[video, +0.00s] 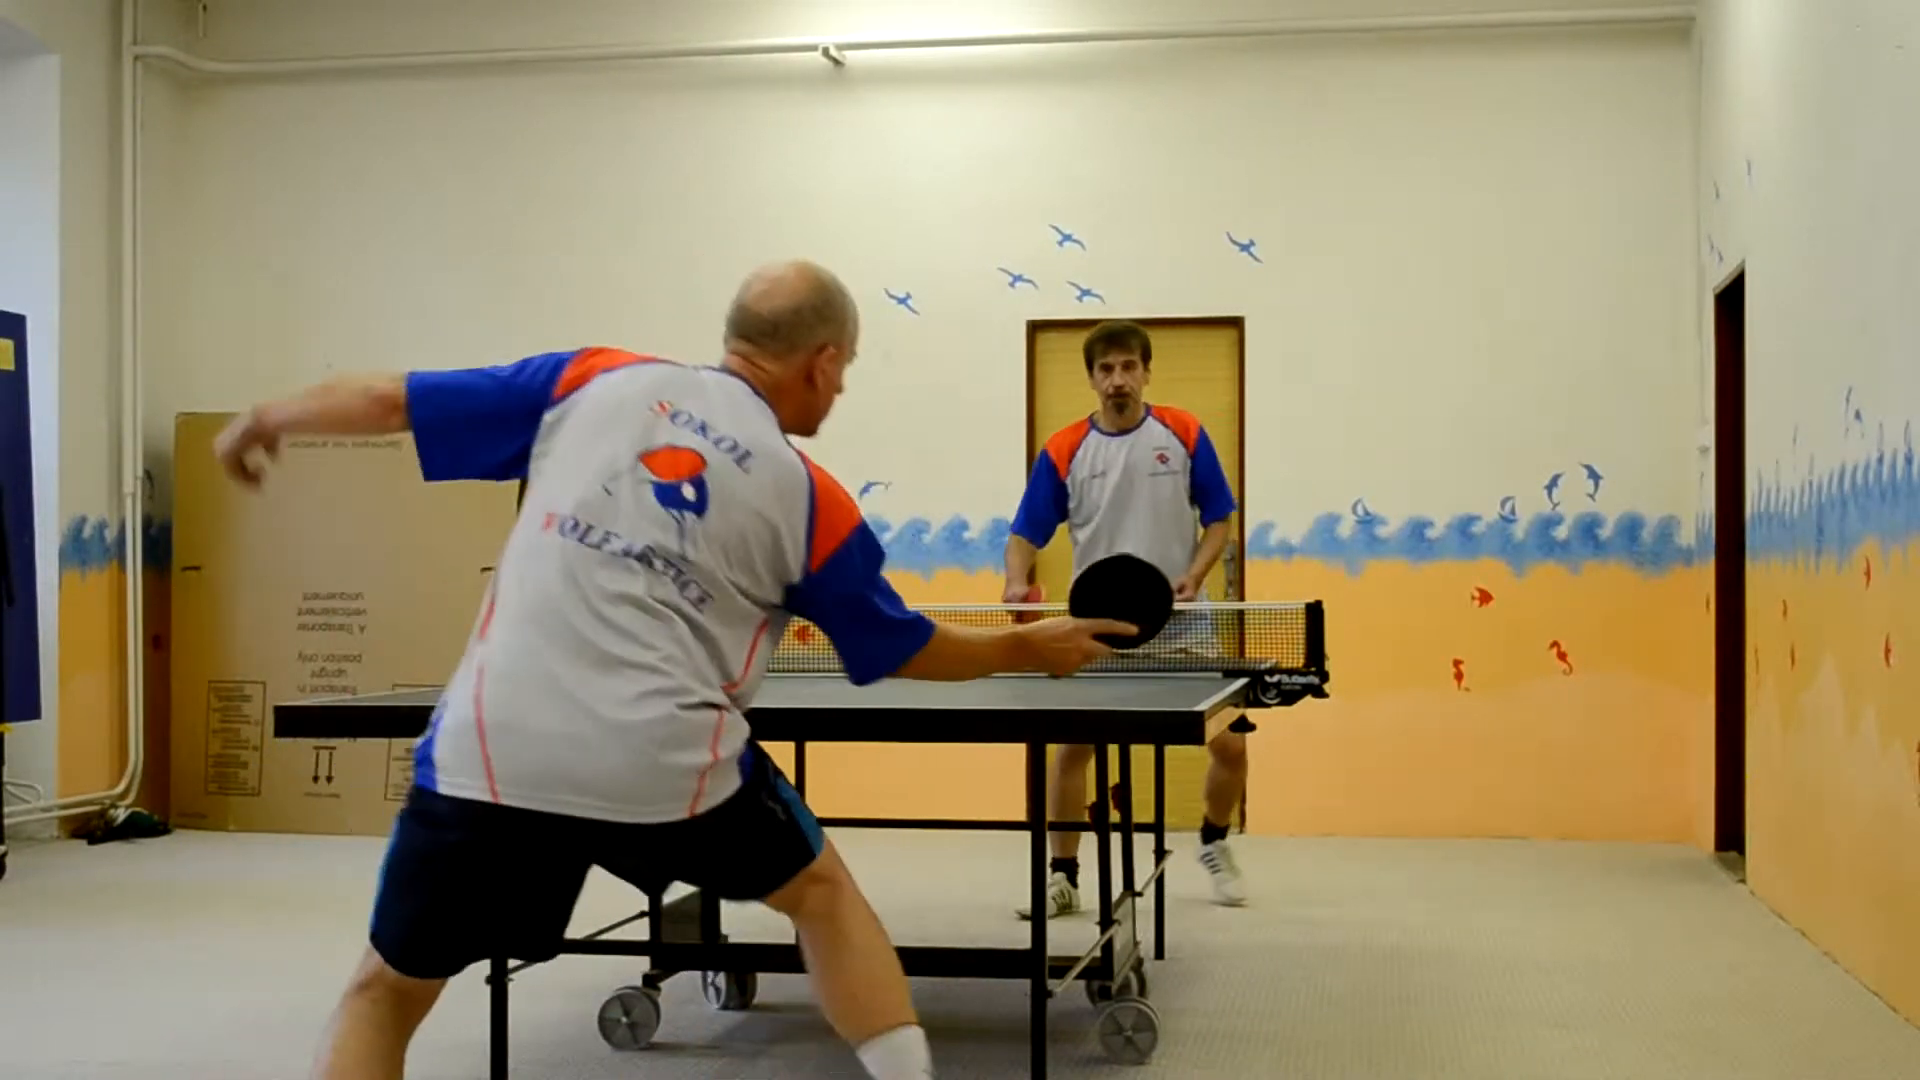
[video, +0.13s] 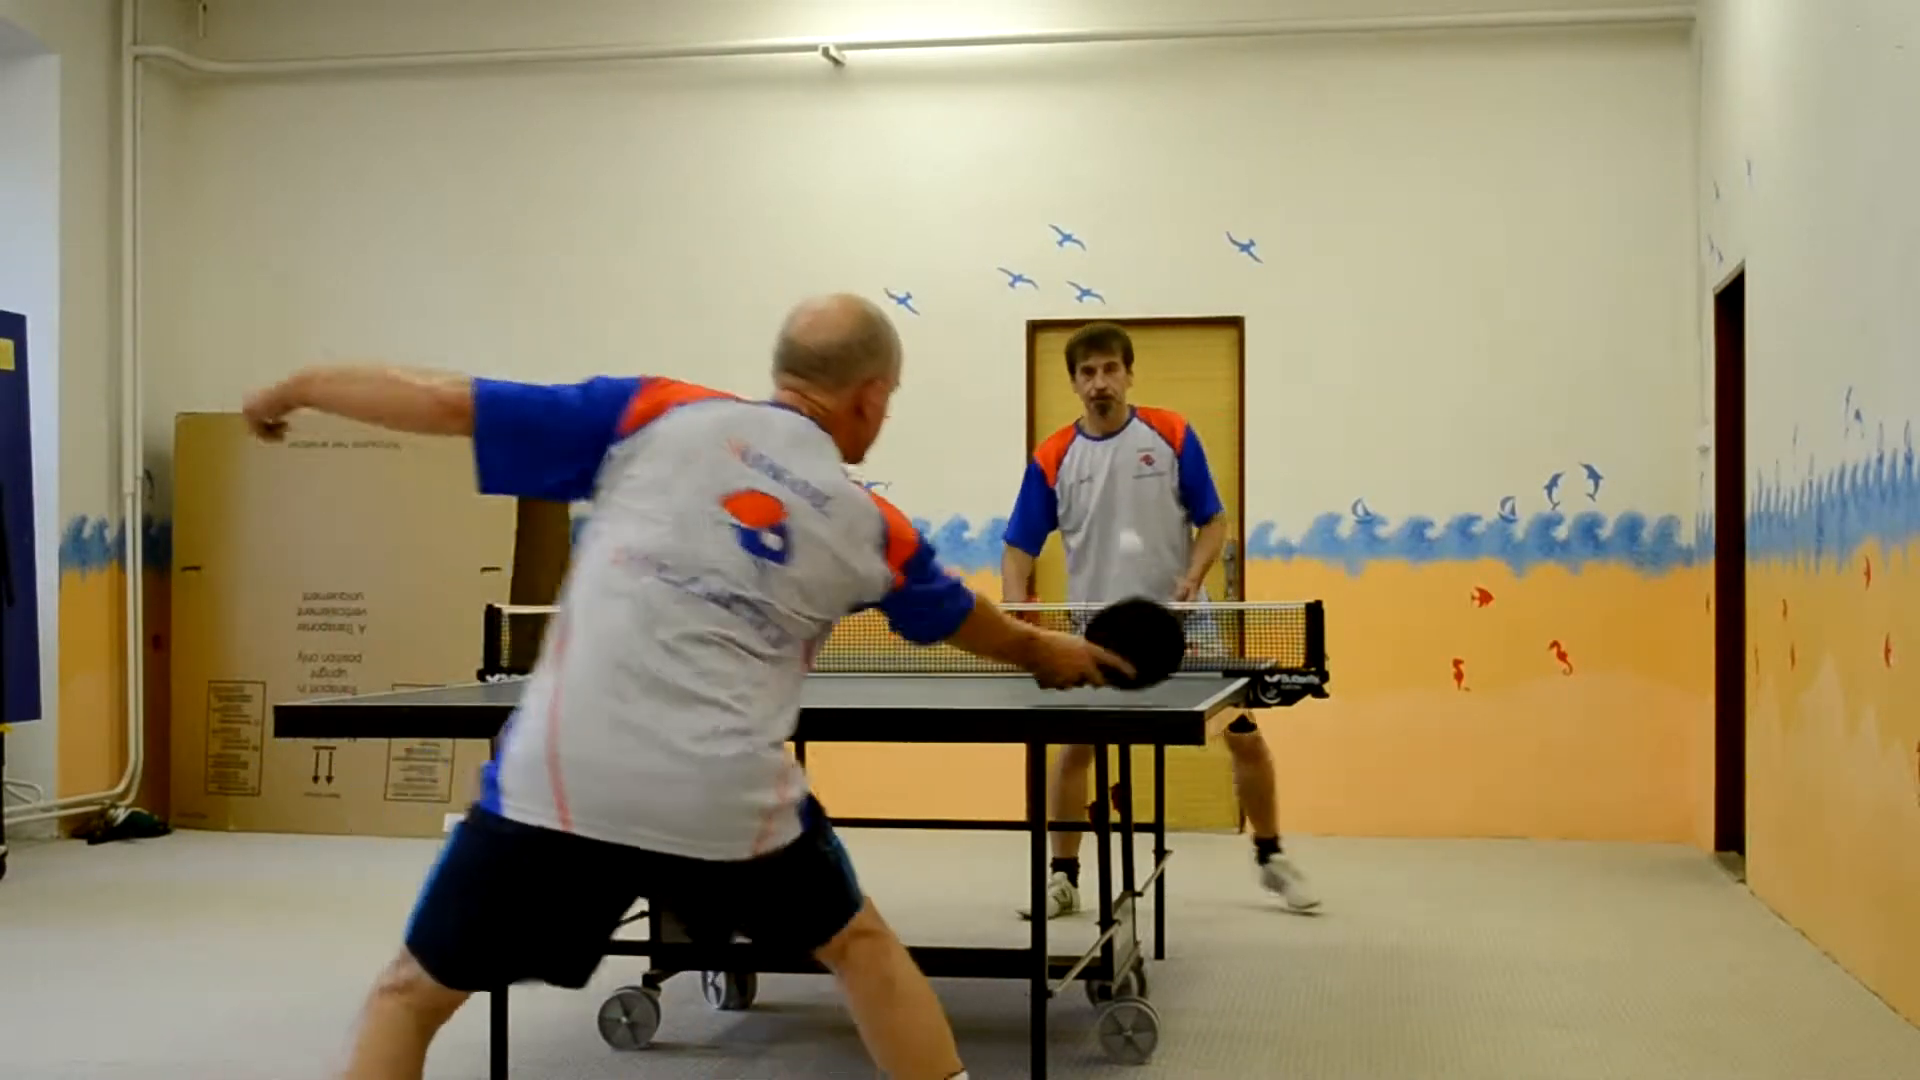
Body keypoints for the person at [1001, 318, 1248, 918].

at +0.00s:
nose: (1117, 379)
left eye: (1127, 367)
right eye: (1105, 370)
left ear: (1145, 371)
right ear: (1091, 377)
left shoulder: (1183, 433)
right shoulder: (1064, 449)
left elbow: (1220, 517)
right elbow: (1025, 533)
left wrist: (1194, 573)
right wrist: (1017, 580)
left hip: (1178, 622)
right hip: (1094, 626)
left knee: (1231, 744)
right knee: (1072, 745)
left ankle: (1214, 844)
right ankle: (1062, 875)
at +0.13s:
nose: (1099, 382)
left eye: (1109, 370)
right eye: (1087, 373)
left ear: (1128, 374)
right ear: (1073, 383)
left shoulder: (1172, 434)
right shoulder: (1054, 457)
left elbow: (1212, 521)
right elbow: (1019, 547)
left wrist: (1192, 576)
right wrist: (1018, 618)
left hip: (1181, 626)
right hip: (1094, 631)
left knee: (1246, 738)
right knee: (1071, 750)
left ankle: (1270, 857)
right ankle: (1062, 873)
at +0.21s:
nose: (1091, 388)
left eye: (1101, 376)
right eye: (1079, 379)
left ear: (1121, 378)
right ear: (1065, 387)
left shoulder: (1169, 437)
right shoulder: (1051, 465)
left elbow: (1215, 522)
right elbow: (1025, 561)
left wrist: (1196, 586)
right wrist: (1022, 631)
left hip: (1186, 627)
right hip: (1101, 636)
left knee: (1254, 741)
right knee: (1075, 752)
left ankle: (1310, 867)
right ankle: (1063, 877)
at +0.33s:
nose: (1091, 406)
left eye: (1101, 393)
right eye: (1079, 397)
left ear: (1122, 394)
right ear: (1067, 406)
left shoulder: (1169, 448)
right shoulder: (1065, 484)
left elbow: (1222, 532)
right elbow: (1060, 585)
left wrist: (1181, 600)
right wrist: (1063, 646)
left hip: (1201, 635)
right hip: (1115, 647)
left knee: (1272, 762)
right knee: (1076, 753)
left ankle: (1352, 874)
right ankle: (1062, 880)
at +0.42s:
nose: (1099, 422)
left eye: (1108, 408)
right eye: (1087, 414)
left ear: (1133, 408)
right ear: (1078, 422)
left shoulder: (1176, 460)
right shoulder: (1098, 492)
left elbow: (1219, 542)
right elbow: (1110, 582)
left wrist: (1167, 604)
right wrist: (1110, 631)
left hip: (1216, 638)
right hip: (1143, 646)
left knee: (1286, 774)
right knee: (1087, 749)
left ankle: (1375, 881)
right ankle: (1063, 881)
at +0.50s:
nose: (1110, 441)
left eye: (1118, 427)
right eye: (1099, 433)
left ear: (1146, 424)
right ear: (1093, 440)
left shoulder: (1185, 473)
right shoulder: (1132, 501)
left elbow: (1210, 555)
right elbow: (1149, 576)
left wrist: (1147, 602)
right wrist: (1111, 620)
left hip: (1249, 654)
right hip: (1183, 656)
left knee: (1302, 789)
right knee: (1105, 754)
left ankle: (1381, 886)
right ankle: (1065, 881)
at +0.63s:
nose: (1130, 462)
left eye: (1137, 447)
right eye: (1122, 453)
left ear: (1172, 440)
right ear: (1123, 456)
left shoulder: (1204, 481)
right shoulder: (1180, 500)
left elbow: (1236, 546)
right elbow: (1226, 573)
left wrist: (1174, 583)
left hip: (1279, 662)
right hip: (1224, 666)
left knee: (1325, 797)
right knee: (1139, 759)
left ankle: (1390, 887)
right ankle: (1079, 877)